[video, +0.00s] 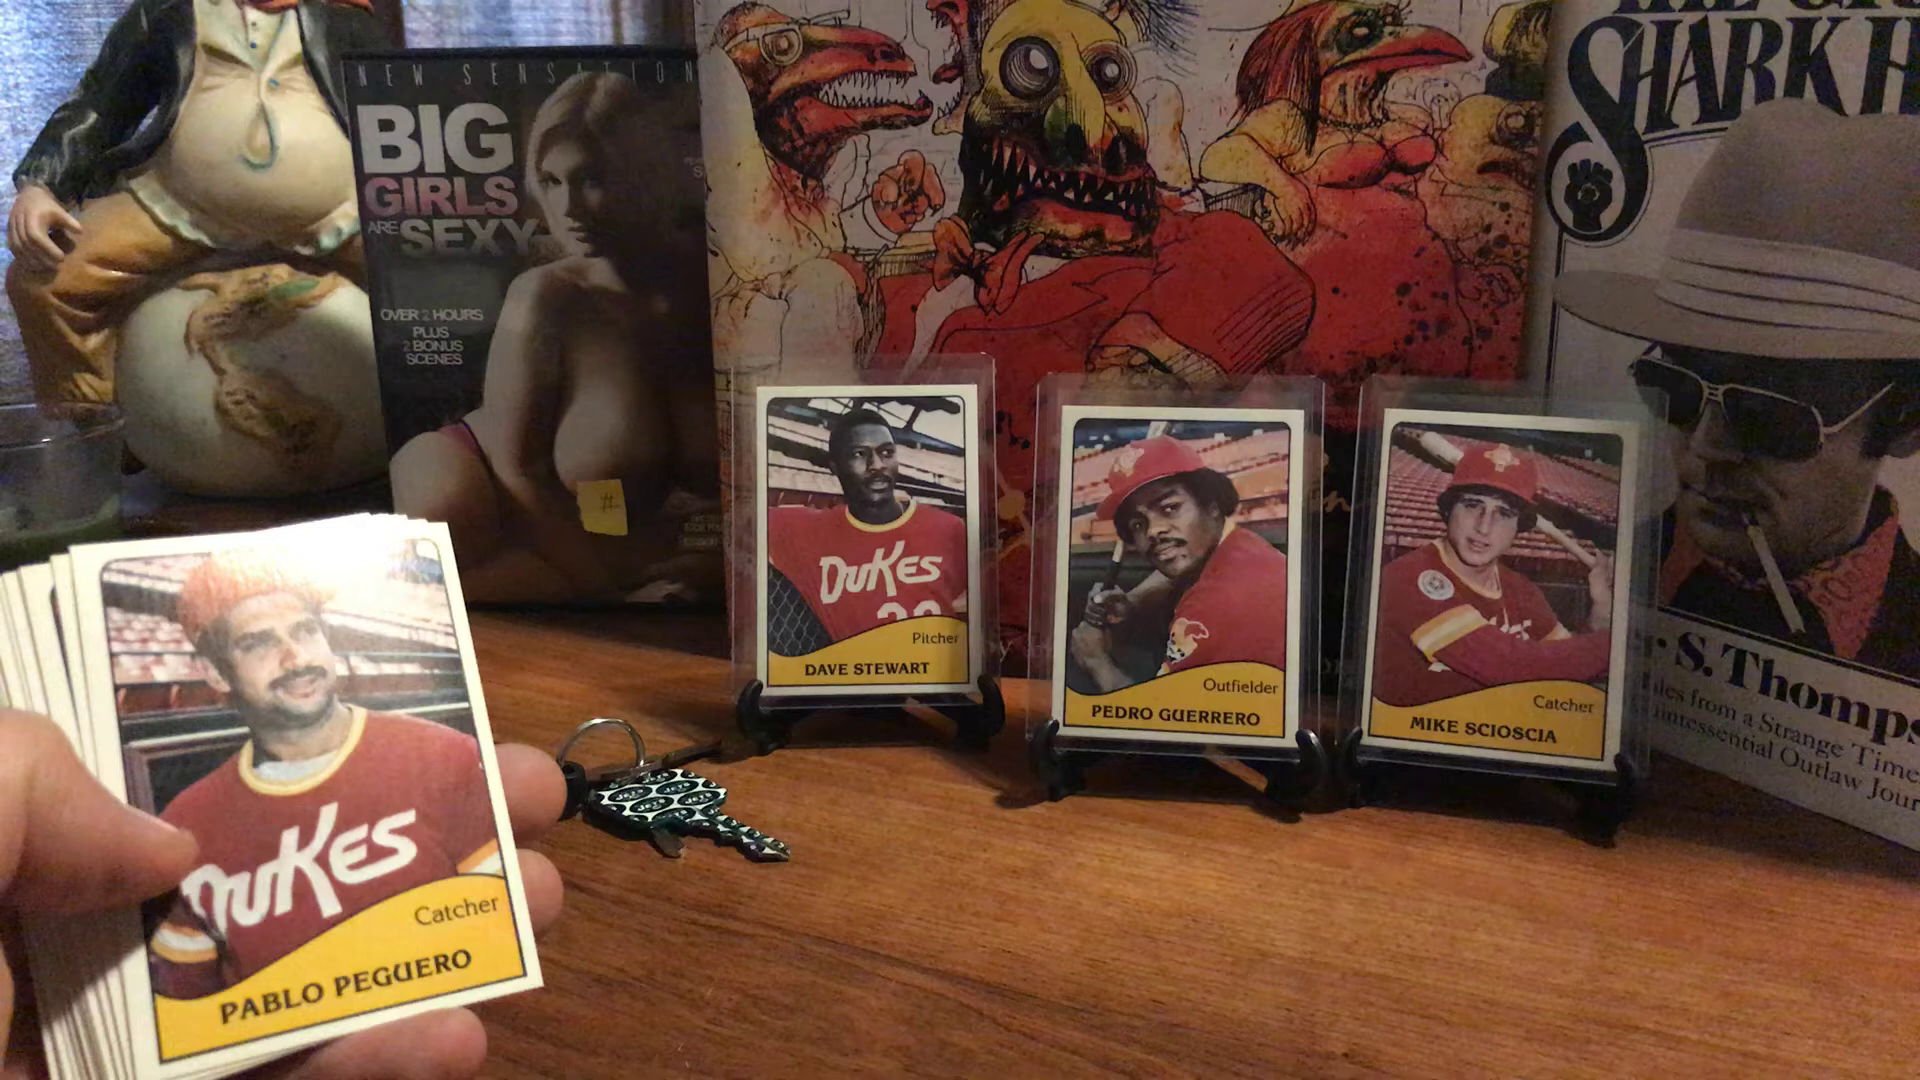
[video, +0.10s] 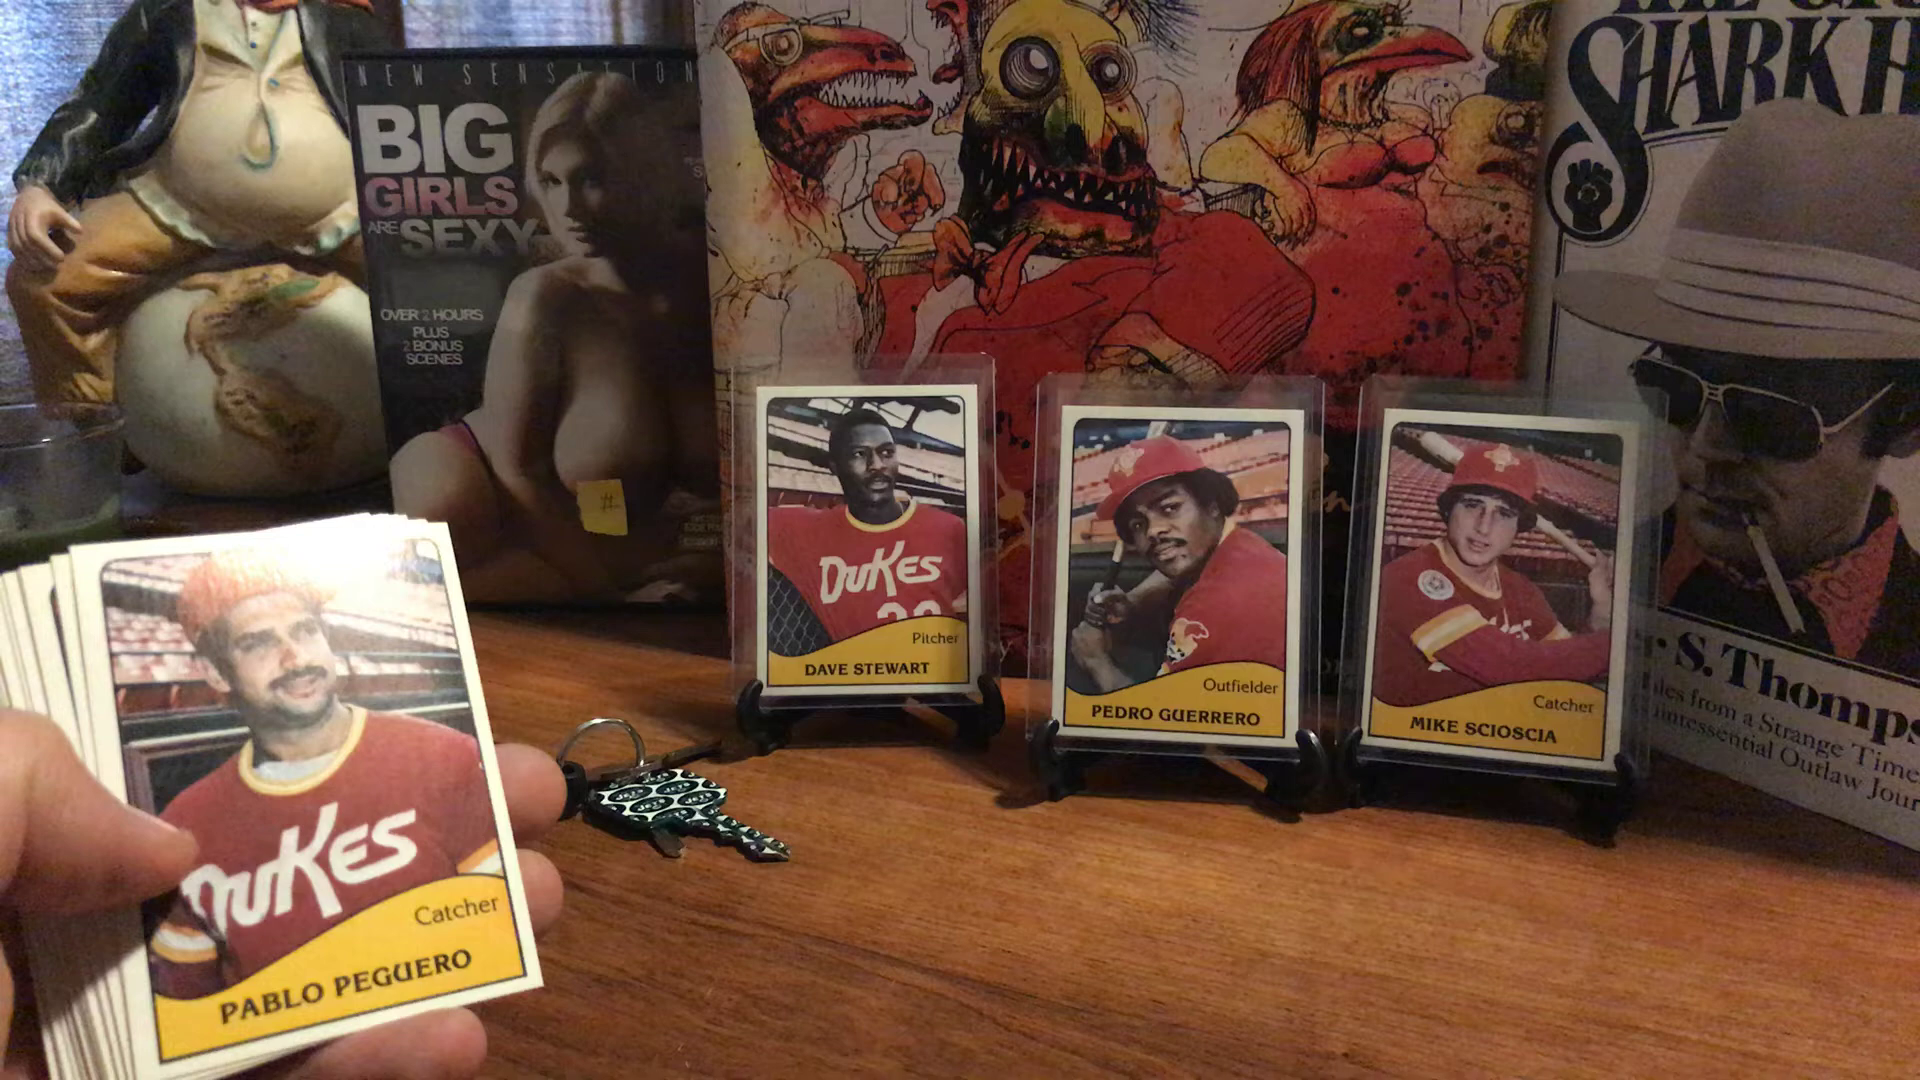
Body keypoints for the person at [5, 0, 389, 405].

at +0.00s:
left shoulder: (350, 18)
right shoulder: (167, 10)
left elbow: (400, 110)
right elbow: (99, 102)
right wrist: (36, 182)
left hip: (338, 210)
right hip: (179, 205)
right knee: (43, 281)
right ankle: (103, 453)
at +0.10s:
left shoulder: (350, 18)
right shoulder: (167, 10)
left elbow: (400, 110)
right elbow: (99, 102)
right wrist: (36, 182)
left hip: (338, 210)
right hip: (179, 205)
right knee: (43, 281)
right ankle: (103, 453)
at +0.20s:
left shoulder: (350, 18)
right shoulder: (167, 10)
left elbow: (400, 110)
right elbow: (99, 102)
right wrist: (36, 182)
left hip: (338, 210)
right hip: (179, 205)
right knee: (43, 281)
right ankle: (103, 453)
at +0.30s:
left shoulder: (351, 21)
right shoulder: (166, 13)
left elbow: (403, 112)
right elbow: (99, 103)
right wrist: (36, 183)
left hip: (339, 209)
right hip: (179, 204)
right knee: (44, 282)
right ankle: (103, 454)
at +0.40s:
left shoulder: (350, 18)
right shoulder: (167, 10)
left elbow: (401, 110)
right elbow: (99, 103)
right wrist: (36, 182)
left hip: (338, 210)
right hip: (179, 205)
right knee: (44, 281)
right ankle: (104, 453)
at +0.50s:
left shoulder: (351, 19)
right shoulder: (168, 10)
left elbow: (401, 112)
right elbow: (100, 102)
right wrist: (36, 183)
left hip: (340, 211)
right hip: (180, 206)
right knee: (45, 281)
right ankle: (101, 452)